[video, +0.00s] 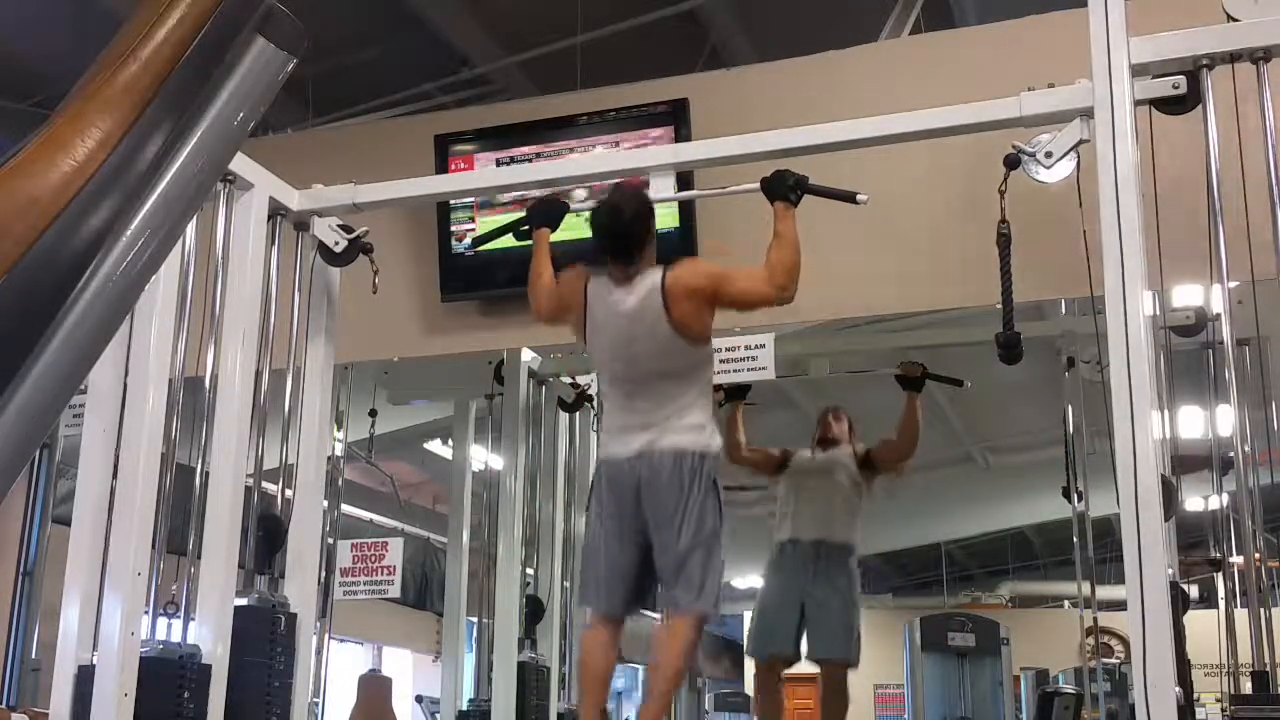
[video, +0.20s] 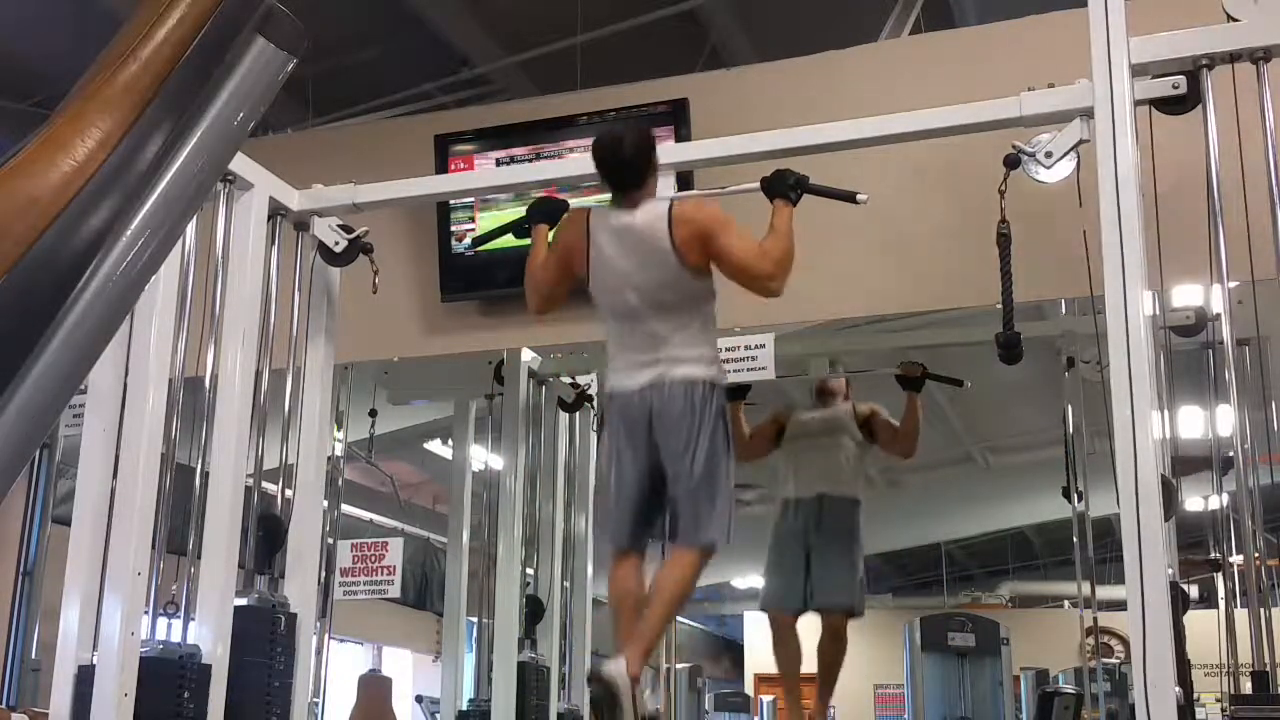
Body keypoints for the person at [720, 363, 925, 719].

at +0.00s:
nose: (830, 419)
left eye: (837, 417)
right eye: (824, 417)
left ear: (851, 432)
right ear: (815, 433)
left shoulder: (859, 457)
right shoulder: (791, 459)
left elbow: (903, 448)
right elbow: (737, 453)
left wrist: (912, 394)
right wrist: (735, 404)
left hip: (836, 563)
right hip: (786, 562)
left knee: (834, 668)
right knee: (767, 667)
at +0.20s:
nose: (826, 378)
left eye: (834, 375)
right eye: (820, 376)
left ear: (847, 388)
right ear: (813, 389)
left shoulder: (862, 413)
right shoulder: (789, 417)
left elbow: (904, 446)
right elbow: (745, 449)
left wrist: (913, 395)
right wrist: (734, 405)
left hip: (840, 516)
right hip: (791, 516)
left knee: (835, 618)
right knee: (780, 614)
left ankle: (822, 709)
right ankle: (794, 710)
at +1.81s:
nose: (828, 405)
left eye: (836, 401)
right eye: (822, 402)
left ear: (849, 414)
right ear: (814, 415)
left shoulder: (862, 443)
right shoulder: (793, 444)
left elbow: (909, 448)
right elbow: (743, 453)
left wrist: (913, 393)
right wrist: (734, 404)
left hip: (841, 548)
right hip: (792, 550)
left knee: (845, 652)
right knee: (789, 647)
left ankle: (837, 716)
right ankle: (819, 715)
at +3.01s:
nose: (828, 414)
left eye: (835, 409)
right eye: (822, 410)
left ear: (848, 421)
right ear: (814, 420)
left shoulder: (860, 452)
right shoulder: (792, 453)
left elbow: (912, 446)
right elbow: (742, 455)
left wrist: (912, 393)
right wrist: (734, 404)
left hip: (842, 561)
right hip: (794, 563)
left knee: (850, 668)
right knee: (794, 666)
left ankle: (845, 716)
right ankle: (824, 716)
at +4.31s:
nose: (830, 445)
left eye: (838, 441)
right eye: (825, 442)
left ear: (851, 454)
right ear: (815, 454)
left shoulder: (861, 482)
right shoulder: (791, 481)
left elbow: (907, 450)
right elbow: (740, 455)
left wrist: (912, 395)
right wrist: (736, 402)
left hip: (842, 591)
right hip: (791, 591)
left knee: (850, 697)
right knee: (789, 698)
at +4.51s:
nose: (826, 463)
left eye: (835, 462)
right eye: (820, 462)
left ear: (848, 476)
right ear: (811, 474)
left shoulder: (859, 499)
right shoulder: (788, 498)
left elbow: (901, 452)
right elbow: (746, 457)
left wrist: (909, 395)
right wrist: (738, 403)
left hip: (840, 613)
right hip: (789, 613)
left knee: (845, 709)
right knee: (784, 708)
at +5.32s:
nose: (828, 403)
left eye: (836, 400)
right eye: (822, 400)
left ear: (848, 414)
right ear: (813, 413)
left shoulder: (861, 444)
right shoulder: (791, 445)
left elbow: (911, 446)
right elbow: (743, 453)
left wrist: (912, 393)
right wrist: (736, 406)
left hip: (844, 552)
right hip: (794, 554)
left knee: (852, 660)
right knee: (795, 659)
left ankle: (845, 716)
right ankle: (828, 716)